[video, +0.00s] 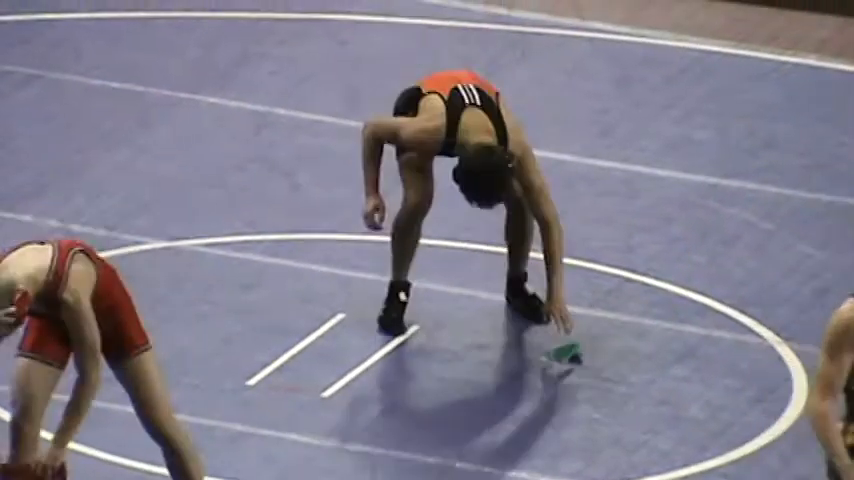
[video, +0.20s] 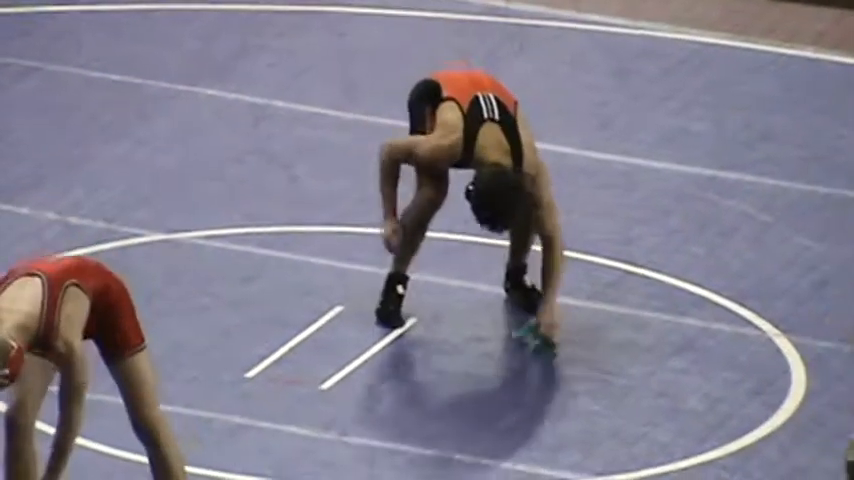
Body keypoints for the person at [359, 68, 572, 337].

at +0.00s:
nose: (488, 207)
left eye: (492, 201)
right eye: (480, 202)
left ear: (505, 173)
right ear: (460, 178)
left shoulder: (517, 148)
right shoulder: (424, 135)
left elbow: (549, 221)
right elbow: (372, 131)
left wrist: (557, 296)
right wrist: (372, 194)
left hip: (486, 98)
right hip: (423, 95)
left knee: (520, 200)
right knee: (417, 202)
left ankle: (516, 287)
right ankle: (397, 292)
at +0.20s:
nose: (498, 232)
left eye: (502, 226)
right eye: (490, 227)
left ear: (520, 192)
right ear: (470, 194)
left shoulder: (532, 169)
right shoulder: (441, 149)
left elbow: (551, 240)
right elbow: (389, 151)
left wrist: (549, 306)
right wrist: (389, 218)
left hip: (499, 99)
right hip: (436, 93)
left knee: (529, 203)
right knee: (431, 195)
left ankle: (516, 279)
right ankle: (395, 286)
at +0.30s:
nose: (496, 223)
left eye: (506, 218)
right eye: (489, 217)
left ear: (524, 183)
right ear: (471, 183)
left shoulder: (534, 159)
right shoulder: (443, 145)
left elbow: (537, 227)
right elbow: (392, 175)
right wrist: (407, 236)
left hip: (497, 86)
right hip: (435, 83)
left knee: (524, 209)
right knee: (431, 192)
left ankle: (516, 279)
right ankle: (395, 278)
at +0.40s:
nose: (492, 215)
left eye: (497, 210)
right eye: (485, 207)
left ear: (517, 178)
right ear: (471, 171)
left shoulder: (532, 150)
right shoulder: (447, 136)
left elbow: (516, 215)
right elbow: (395, 186)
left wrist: (480, 263)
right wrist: (424, 247)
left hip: (494, 76)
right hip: (432, 77)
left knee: (523, 200)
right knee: (427, 187)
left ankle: (514, 273)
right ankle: (393, 280)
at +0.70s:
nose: (469, 199)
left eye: (477, 196)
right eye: (464, 194)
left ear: (500, 165)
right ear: (453, 153)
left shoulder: (515, 140)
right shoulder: (428, 124)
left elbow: (486, 195)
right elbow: (370, 171)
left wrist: (458, 248)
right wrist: (383, 240)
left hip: (486, 73)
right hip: (421, 72)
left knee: (507, 185)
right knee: (413, 186)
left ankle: (513, 275)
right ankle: (391, 282)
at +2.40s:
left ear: (477, 188)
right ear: (429, 192)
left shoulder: (493, 153)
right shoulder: (401, 151)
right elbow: (381, 186)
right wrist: (404, 242)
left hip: (467, 75)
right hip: (411, 76)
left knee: (508, 194)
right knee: (405, 191)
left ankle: (521, 270)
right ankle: (391, 279)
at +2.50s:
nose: (444, 228)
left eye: (451, 225)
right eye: (438, 223)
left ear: (473, 183)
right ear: (424, 186)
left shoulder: (492, 150)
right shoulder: (397, 151)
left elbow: (515, 200)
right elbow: (378, 177)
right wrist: (396, 230)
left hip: (464, 73)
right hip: (408, 76)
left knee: (506, 190)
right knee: (403, 192)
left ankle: (521, 268)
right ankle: (391, 277)